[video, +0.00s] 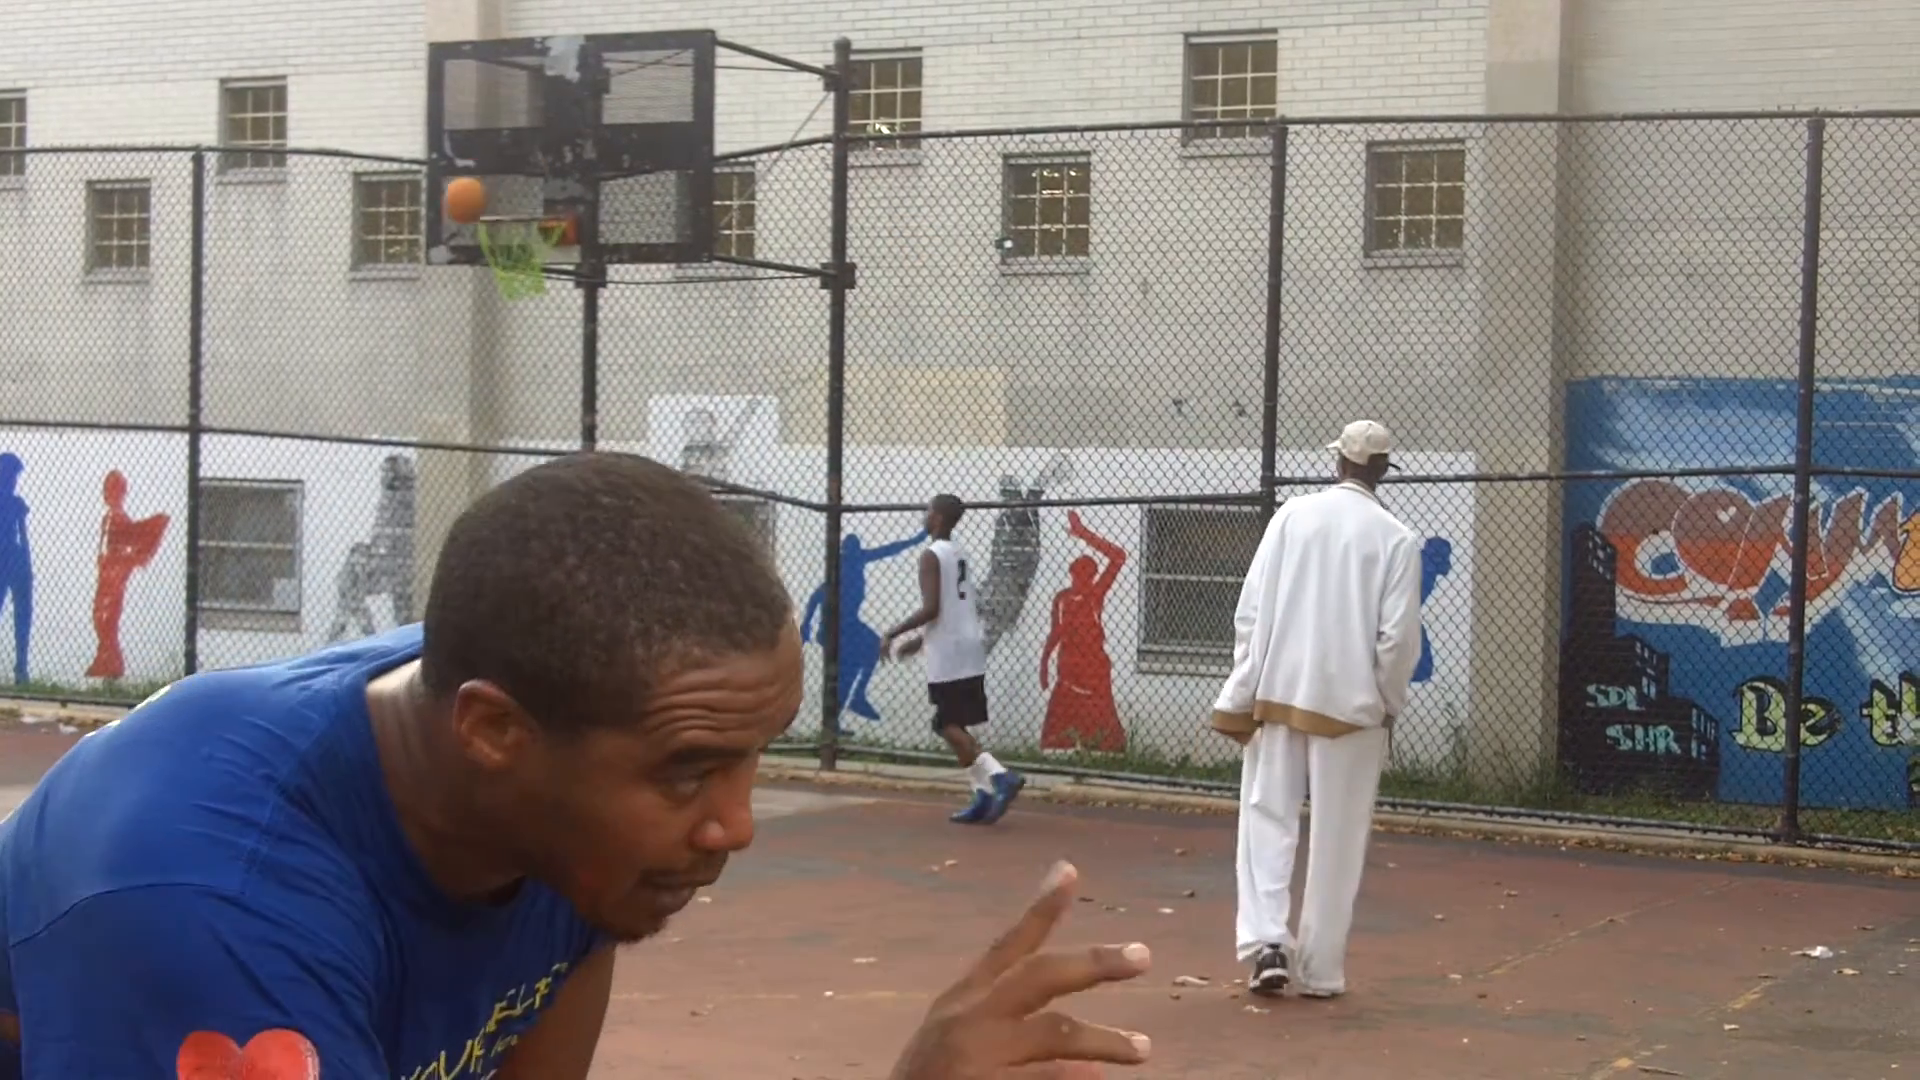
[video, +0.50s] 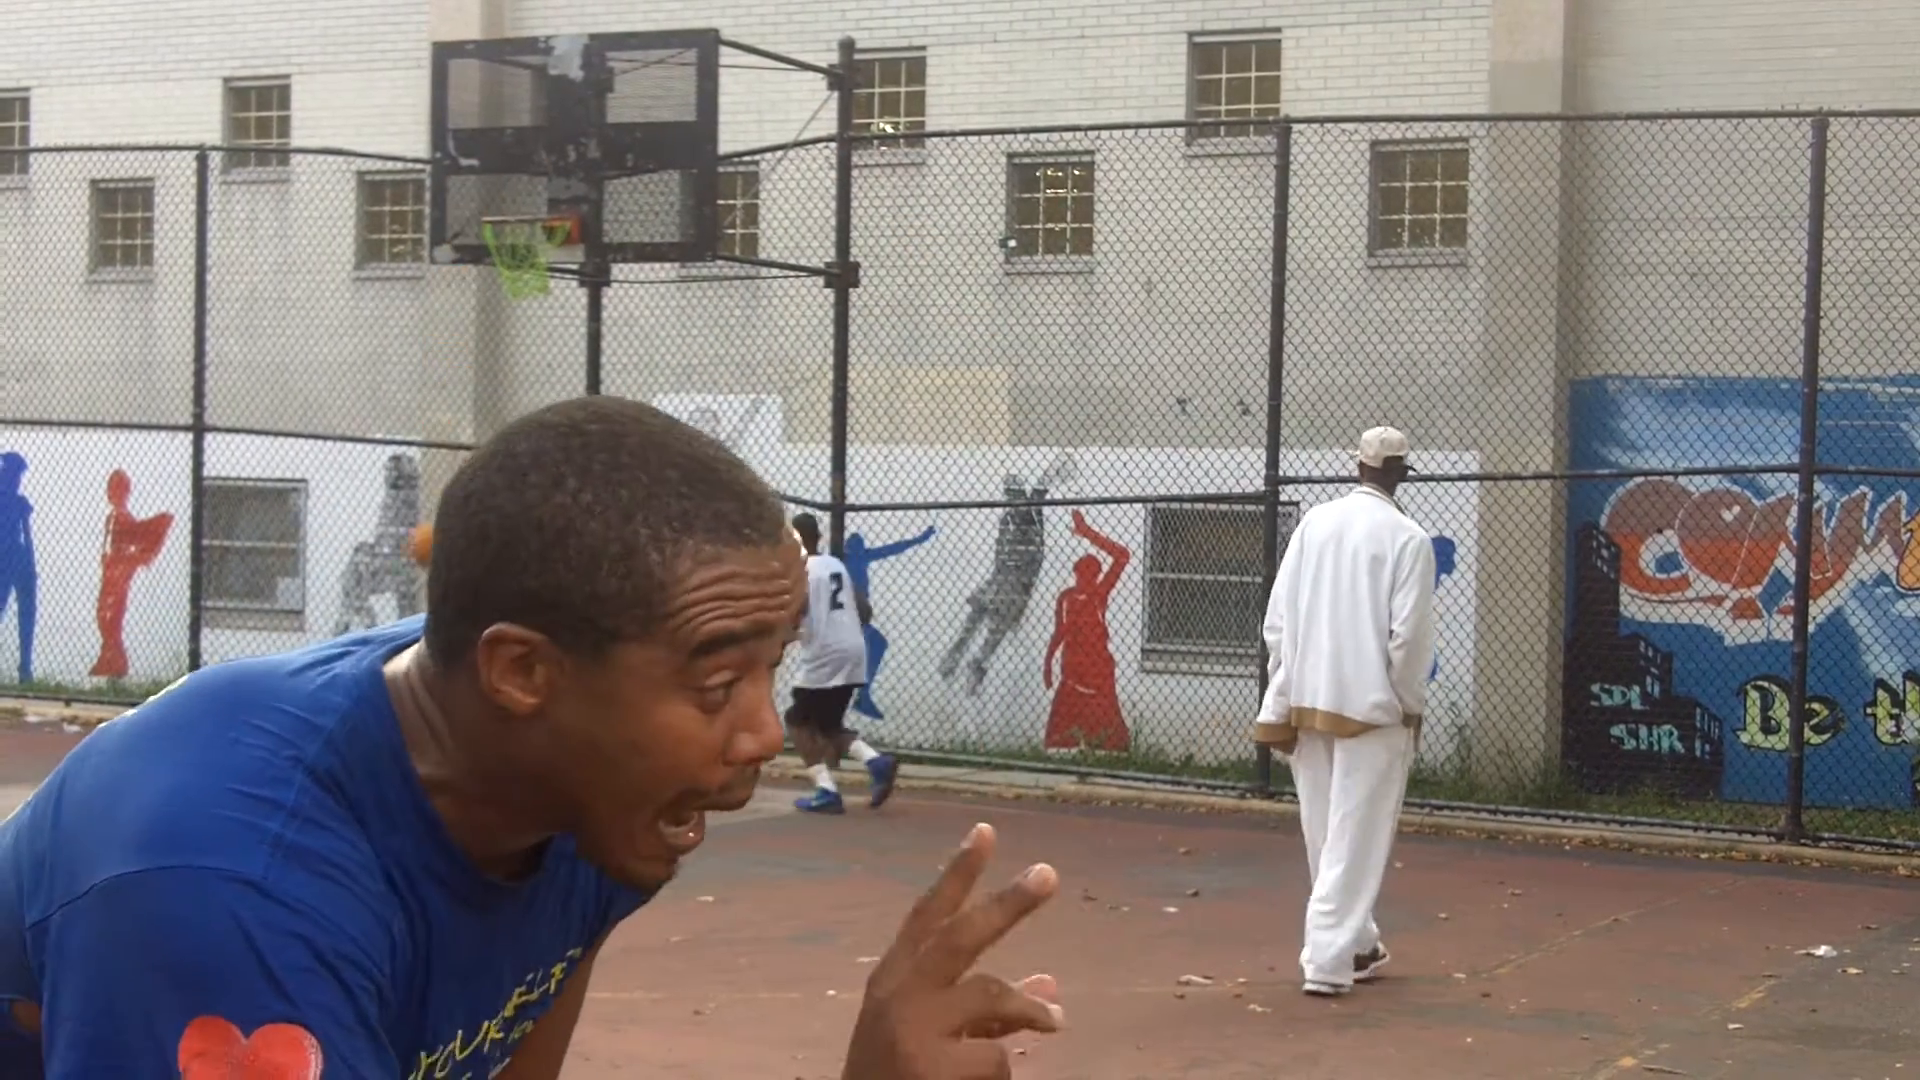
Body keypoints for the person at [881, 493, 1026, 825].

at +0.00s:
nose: (926, 517)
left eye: (930, 512)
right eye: (928, 511)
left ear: (939, 518)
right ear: (950, 521)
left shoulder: (931, 555)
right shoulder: (957, 553)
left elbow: (930, 609)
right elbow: (953, 614)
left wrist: (891, 632)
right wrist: (921, 640)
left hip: (948, 654)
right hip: (968, 650)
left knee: (947, 724)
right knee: (951, 724)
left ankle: (999, 775)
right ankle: (982, 792)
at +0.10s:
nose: (902, 505)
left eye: (906, 500)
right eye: (905, 500)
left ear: (916, 506)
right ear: (930, 509)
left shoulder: (912, 543)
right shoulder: (939, 541)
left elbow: (915, 595)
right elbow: (932, 598)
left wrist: (887, 625)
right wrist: (897, 629)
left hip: (925, 645)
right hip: (949, 643)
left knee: (912, 709)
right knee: (940, 711)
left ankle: (949, 779)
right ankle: (972, 778)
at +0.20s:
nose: (876, 515)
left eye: (879, 509)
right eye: (877, 509)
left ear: (890, 512)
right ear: (904, 514)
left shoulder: (889, 546)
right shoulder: (917, 544)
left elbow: (898, 598)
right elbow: (916, 601)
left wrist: (875, 636)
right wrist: (880, 634)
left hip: (904, 650)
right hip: (931, 648)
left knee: (876, 707)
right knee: (925, 713)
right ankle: (955, 787)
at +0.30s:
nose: (847, 533)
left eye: (851, 528)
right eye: (848, 527)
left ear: (864, 530)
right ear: (875, 531)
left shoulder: (864, 567)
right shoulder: (889, 562)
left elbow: (880, 614)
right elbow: (891, 617)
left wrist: (854, 650)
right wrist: (852, 636)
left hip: (885, 658)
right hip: (916, 656)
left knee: (843, 710)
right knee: (916, 724)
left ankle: (835, 788)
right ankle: (957, 790)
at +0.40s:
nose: (816, 542)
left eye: (817, 536)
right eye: (816, 536)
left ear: (825, 537)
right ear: (843, 535)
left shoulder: (831, 568)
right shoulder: (861, 563)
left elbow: (841, 619)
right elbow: (857, 616)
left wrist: (811, 655)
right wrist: (826, 644)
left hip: (852, 659)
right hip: (884, 657)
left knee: (819, 713)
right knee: (872, 732)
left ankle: (827, 791)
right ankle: (927, 768)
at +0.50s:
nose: (790, 544)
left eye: (791, 538)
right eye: (791, 538)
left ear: (798, 539)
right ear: (818, 538)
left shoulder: (800, 570)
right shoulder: (838, 565)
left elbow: (794, 623)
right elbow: (863, 610)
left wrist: (771, 641)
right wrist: (846, 633)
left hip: (824, 653)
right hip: (856, 651)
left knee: (798, 720)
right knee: (828, 724)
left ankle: (826, 788)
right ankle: (874, 760)